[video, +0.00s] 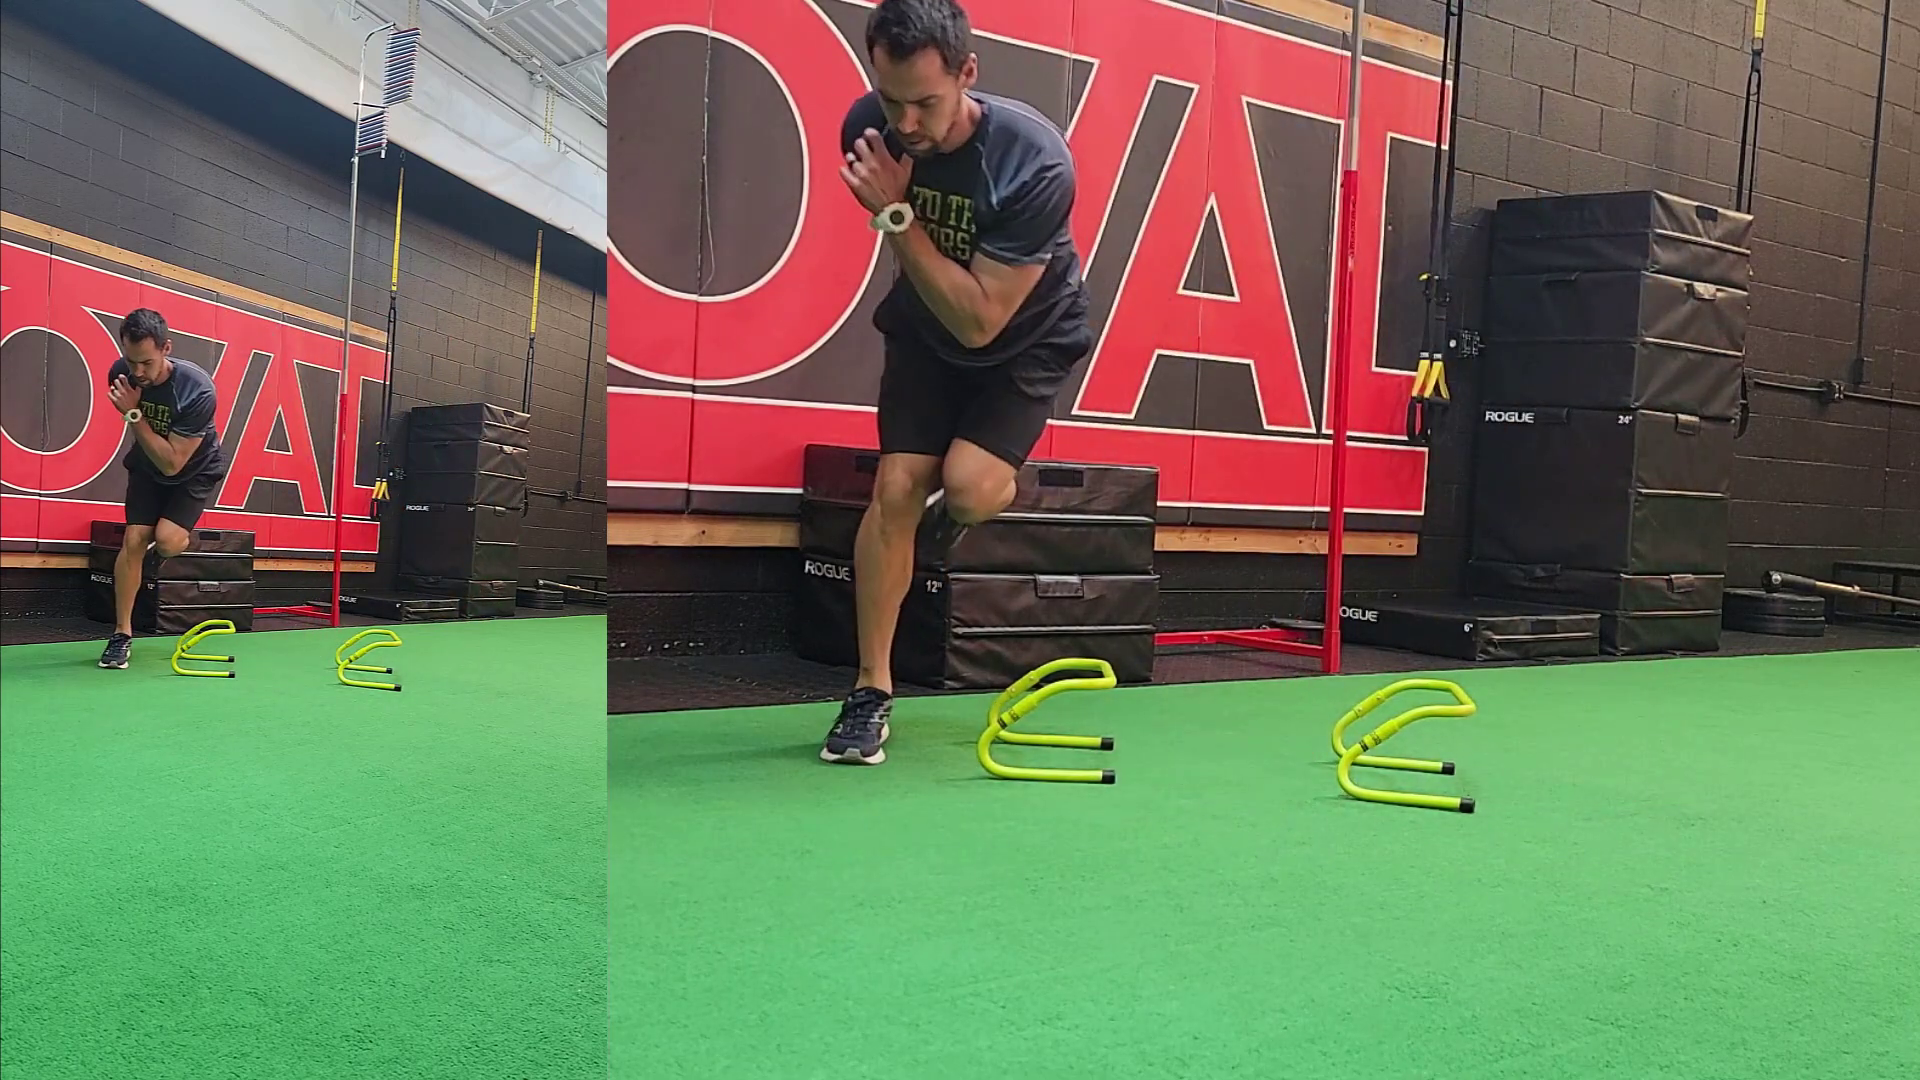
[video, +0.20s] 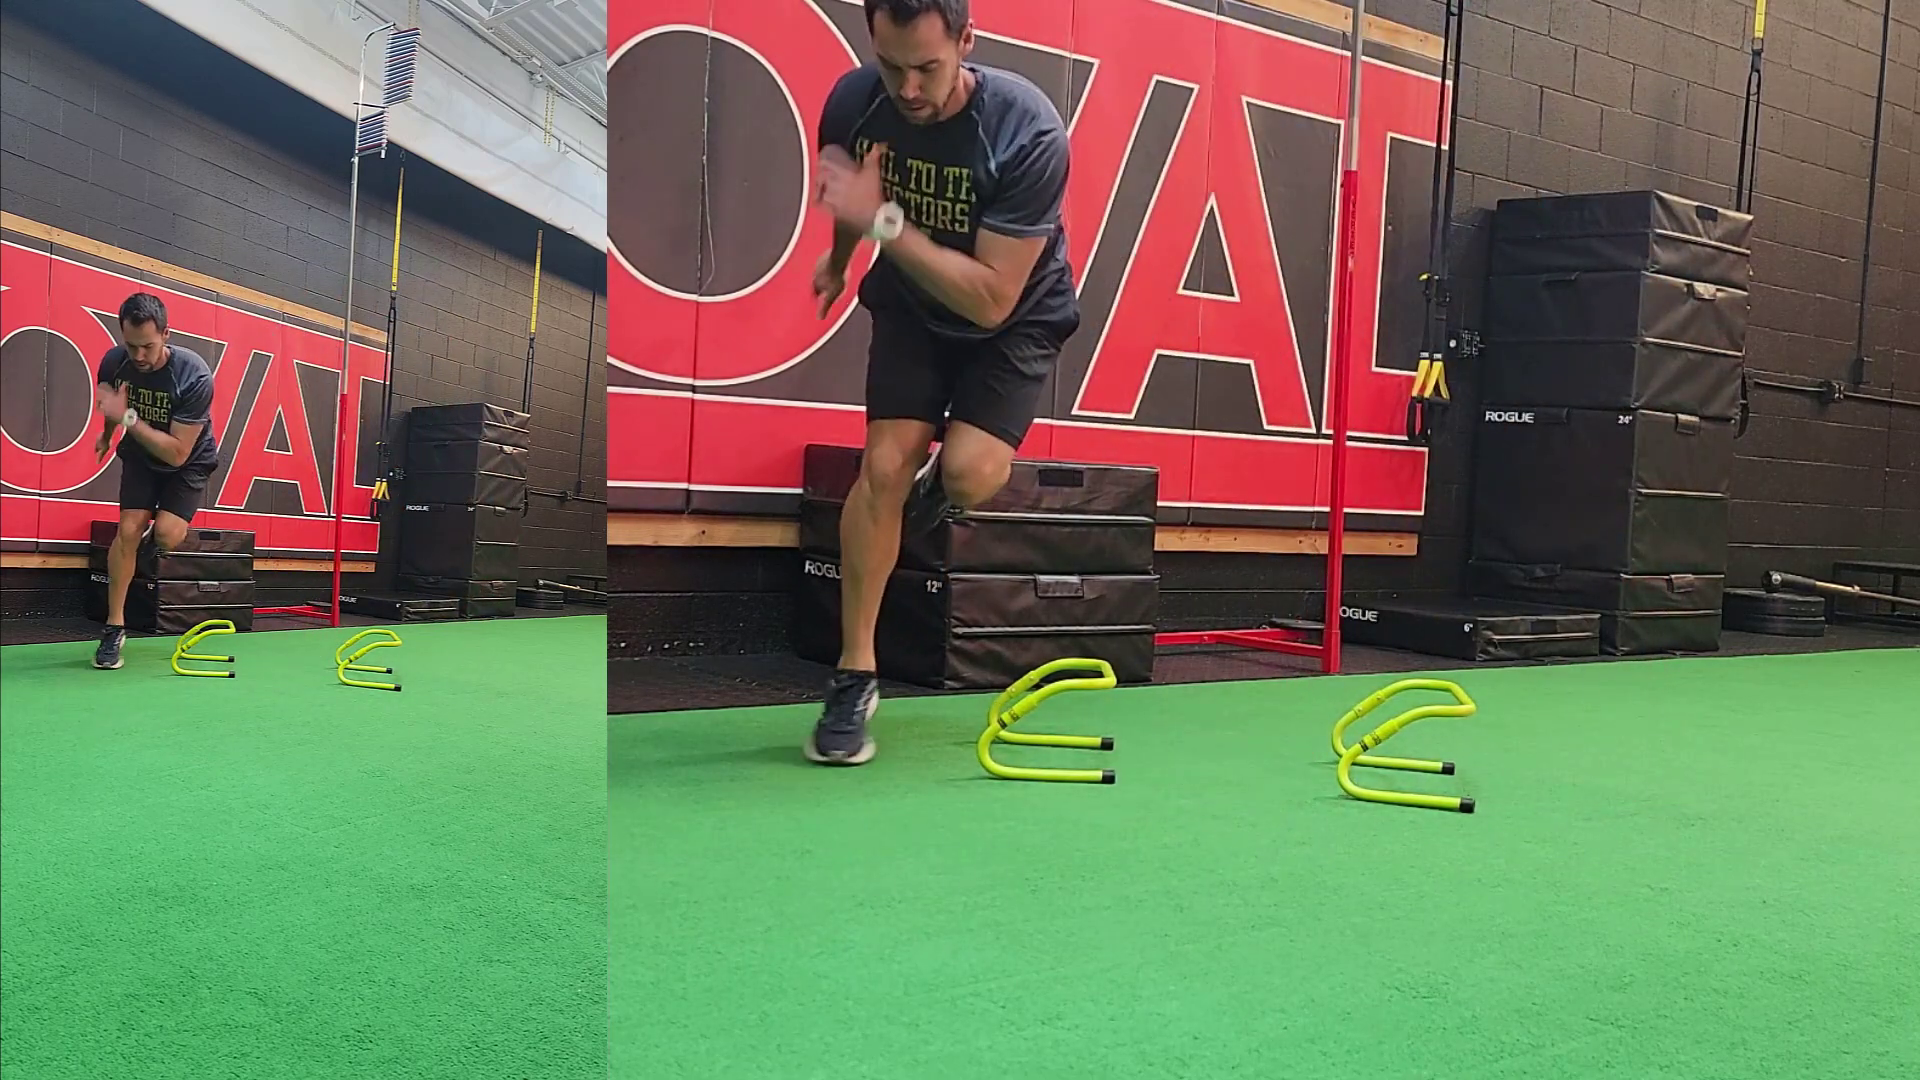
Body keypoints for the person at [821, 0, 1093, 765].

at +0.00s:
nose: (906, 122)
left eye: (925, 102)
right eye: (892, 100)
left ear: (967, 76)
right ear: (874, 79)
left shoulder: (1036, 166)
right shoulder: (870, 129)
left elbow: (979, 324)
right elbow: (912, 241)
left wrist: (897, 217)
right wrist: (891, 208)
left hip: (1032, 335)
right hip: (927, 321)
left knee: (971, 487)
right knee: (896, 490)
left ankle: (963, 507)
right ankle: (872, 690)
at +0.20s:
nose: (908, 87)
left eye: (926, 69)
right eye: (892, 67)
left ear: (965, 42)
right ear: (873, 41)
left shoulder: (1028, 132)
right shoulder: (854, 104)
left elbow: (992, 300)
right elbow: (854, 185)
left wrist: (885, 224)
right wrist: (838, 250)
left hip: (1016, 317)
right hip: (910, 301)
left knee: (972, 479)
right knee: (884, 469)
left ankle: (953, 488)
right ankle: (854, 674)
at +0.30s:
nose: (915, 111)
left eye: (933, 91)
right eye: (897, 91)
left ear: (966, 64)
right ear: (874, 72)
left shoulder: (1027, 159)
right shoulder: (854, 139)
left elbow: (1017, 325)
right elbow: (837, 240)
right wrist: (815, 328)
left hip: (1015, 343)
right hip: (907, 332)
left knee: (976, 506)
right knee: (871, 498)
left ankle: (958, 510)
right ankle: (840, 696)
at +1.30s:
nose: (1543, 91)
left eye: (1558, 71)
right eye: (1525, 72)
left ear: (1573, 53)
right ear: (1481, 51)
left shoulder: (1594, 129)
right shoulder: (1421, 147)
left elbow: (1594, 220)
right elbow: (1390, 288)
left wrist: (1571, 316)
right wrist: (1499, 282)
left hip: (1541, 352)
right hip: (1434, 345)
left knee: (1582, 537)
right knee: (1419, 476)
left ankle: (1625, 729)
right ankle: (1426, 504)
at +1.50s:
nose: (1609, 147)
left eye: (1623, 126)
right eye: (1591, 128)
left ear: (1636, 109)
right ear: (1547, 107)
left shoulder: (1655, 169)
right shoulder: (1486, 202)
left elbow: (1653, 241)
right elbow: (1449, 348)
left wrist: (1626, 315)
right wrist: (1559, 339)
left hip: (1611, 378)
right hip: (1510, 385)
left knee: (1640, 536)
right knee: (1591, 499)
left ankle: (1635, 733)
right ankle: (1574, 590)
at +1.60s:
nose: (1614, 149)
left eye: (1629, 127)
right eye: (1596, 129)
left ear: (1644, 111)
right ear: (1554, 108)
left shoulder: (1665, 177)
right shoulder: (1496, 207)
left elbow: (1672, 246)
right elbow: (1439, 337)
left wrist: (1656, 323)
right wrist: (1533, 378)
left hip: (1622, 378)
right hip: (1513, 383)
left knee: (1653, 534)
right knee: (1600, 492)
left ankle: (1642, 733)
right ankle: (1593, 571)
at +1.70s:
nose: (1606, 139)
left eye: (1623, 119)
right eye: (1590, 118)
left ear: (1642, 107)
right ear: (1555, 100)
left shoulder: (1666, 188)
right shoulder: (1495, 192)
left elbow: (1685, 300)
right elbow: (1427, 317)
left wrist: (1692, 417)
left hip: (1611, 381)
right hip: (1506, 366)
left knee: (1640, 535)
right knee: (1563, 461)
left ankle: (1636, 734)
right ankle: (1559, 554)